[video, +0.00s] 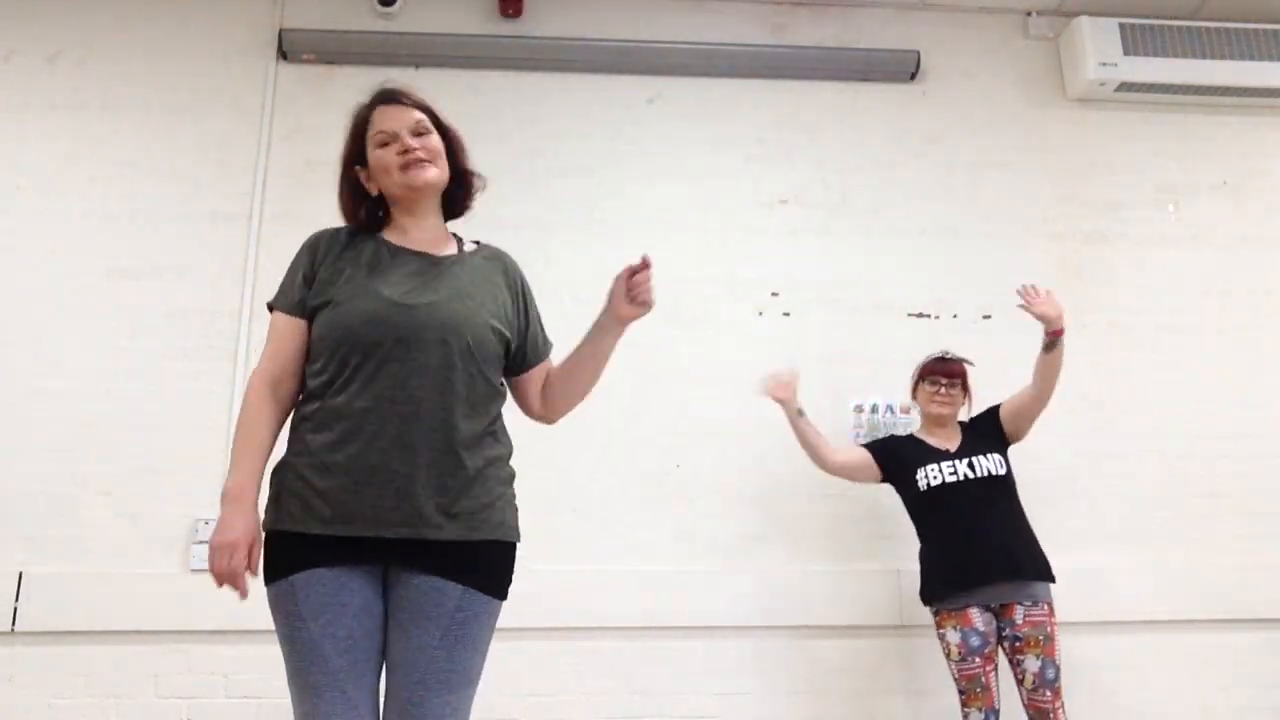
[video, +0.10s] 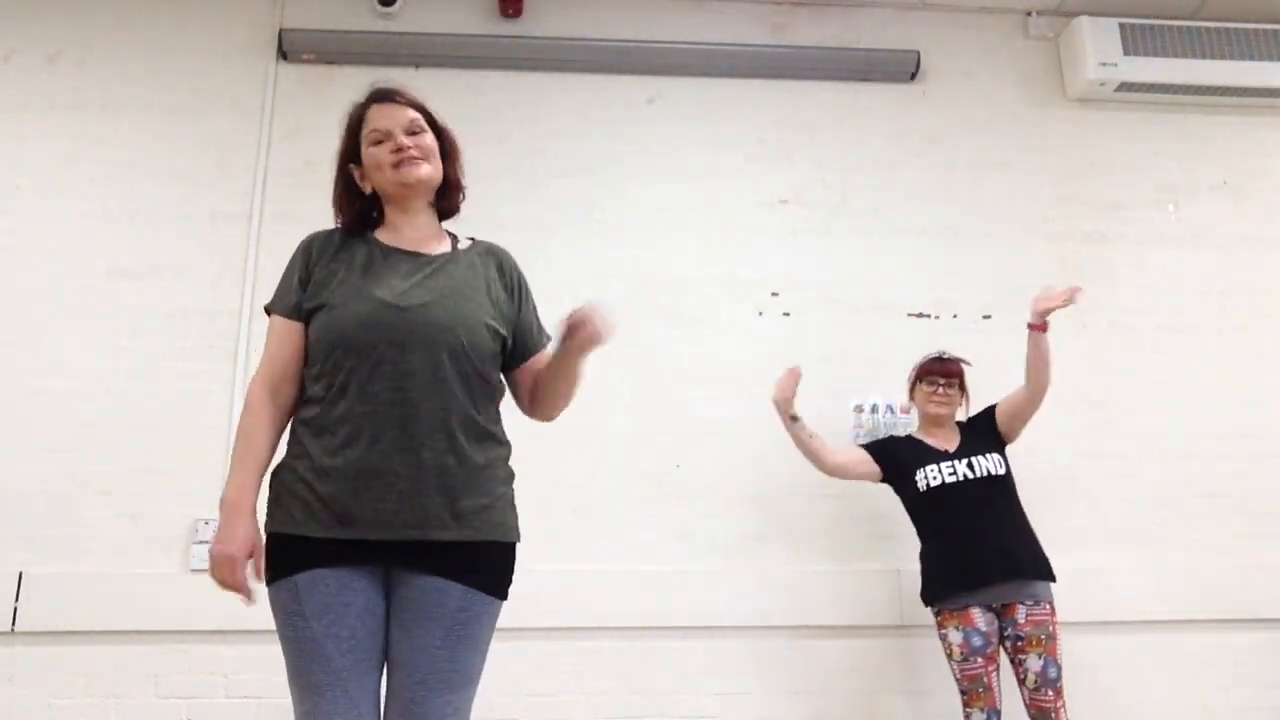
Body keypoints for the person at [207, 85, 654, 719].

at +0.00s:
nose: (411, 144)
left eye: (422, 132)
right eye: (388, 141)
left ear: (448, 155)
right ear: (366, 176)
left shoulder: (498, 273)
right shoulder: (328, 255)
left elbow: (545, 400)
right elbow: (273, 386)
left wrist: (614, 319)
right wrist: (239, 502)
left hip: (460, 535)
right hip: (321, 526)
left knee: (431, 713)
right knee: (333, 713)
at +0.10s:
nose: (403, 142)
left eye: (416, 130)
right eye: (381, 140)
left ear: (441, 151)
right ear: (361, 174)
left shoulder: (494, 268)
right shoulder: (322, 256)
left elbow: (540, 403)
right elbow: (273, 391)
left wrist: (571, 352)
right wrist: (236, 509)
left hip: (460, 533)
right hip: (323, 528)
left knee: (432, 713)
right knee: (334, 712)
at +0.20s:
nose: (400, 143)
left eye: (412, 130)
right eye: (378, 140)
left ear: (440, 150)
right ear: (359, 175)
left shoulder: (491, 265)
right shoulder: (319, 255)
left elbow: (533, 405)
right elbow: (270, 389)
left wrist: (511, 369)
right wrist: (234, 501)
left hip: (459, 531)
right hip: (323, 526)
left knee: (431, 713)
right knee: (333, 712)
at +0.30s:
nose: (398, 141)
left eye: (410, 129)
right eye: (375, 138)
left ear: (438, 152)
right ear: (356, 173)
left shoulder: (490, 264)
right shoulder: (319, 254)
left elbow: (514, 398)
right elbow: (269, 387)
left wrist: (425, 400)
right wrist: (231, 498)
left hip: (458, 534)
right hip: (321, 530)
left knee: (430, 713)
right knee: (333, 713)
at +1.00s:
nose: (403, 144)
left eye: (420, 132)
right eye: (383, 132)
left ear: (446, 156)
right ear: (359, 156)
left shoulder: (480, 264)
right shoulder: (308, 250)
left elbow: (519, 396)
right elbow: (254, 375)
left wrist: (444, 388)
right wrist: (284, 415)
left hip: (448, 534)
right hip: (310, 531)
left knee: (423, 714)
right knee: (324, 713)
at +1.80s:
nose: (447, 129)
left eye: (463, 119)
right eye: (426, 120)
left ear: (486, 146)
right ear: (398, 149)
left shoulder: (523, 256)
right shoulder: (347, 236)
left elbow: (556, 410)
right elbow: (291, 363)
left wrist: (550, 382)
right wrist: (324, 383)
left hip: (492, 524)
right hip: (349, 522)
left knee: (478, 714)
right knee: (352, 713)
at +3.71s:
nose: (446, 124)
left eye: (466, 117)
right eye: (429, 111)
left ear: (485, 148)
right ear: (397, 133)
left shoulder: (513, 250)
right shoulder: (332, 230)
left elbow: (547, 400)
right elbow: (271, 375)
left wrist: (502, 333)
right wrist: (339, 323)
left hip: (486, 527)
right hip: (334, 521)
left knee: (472, 714)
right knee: (336, 713)